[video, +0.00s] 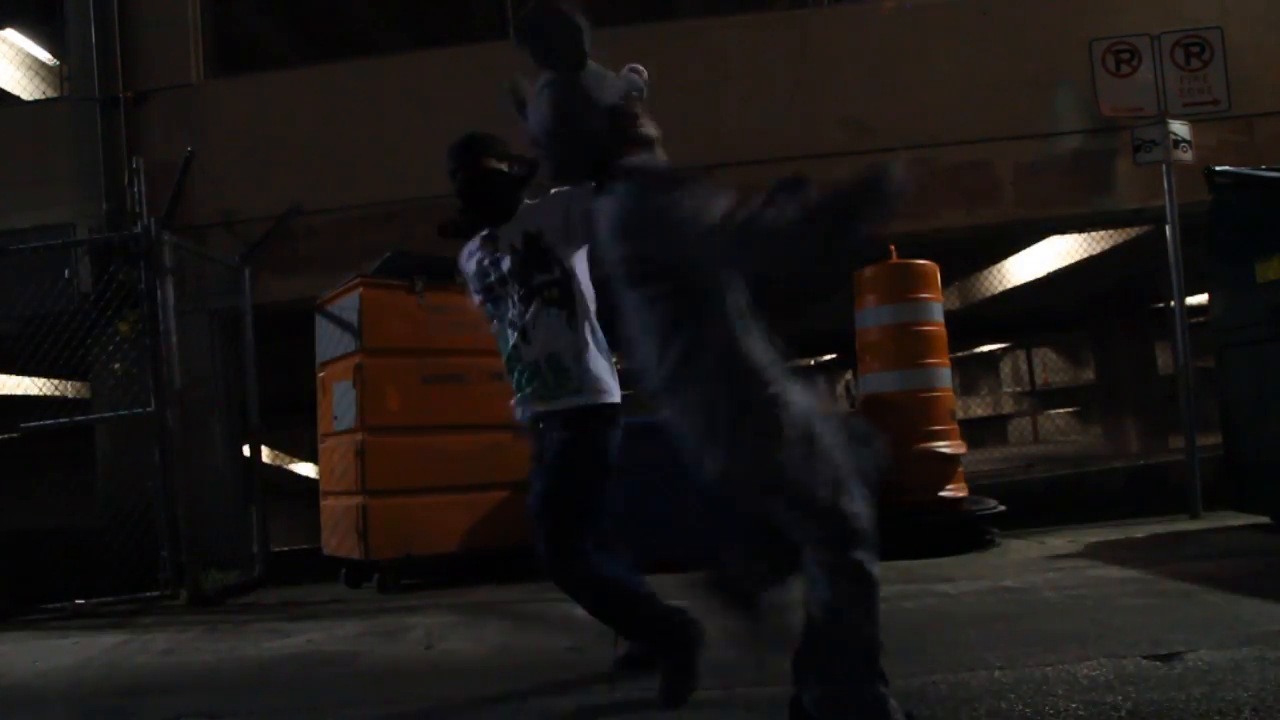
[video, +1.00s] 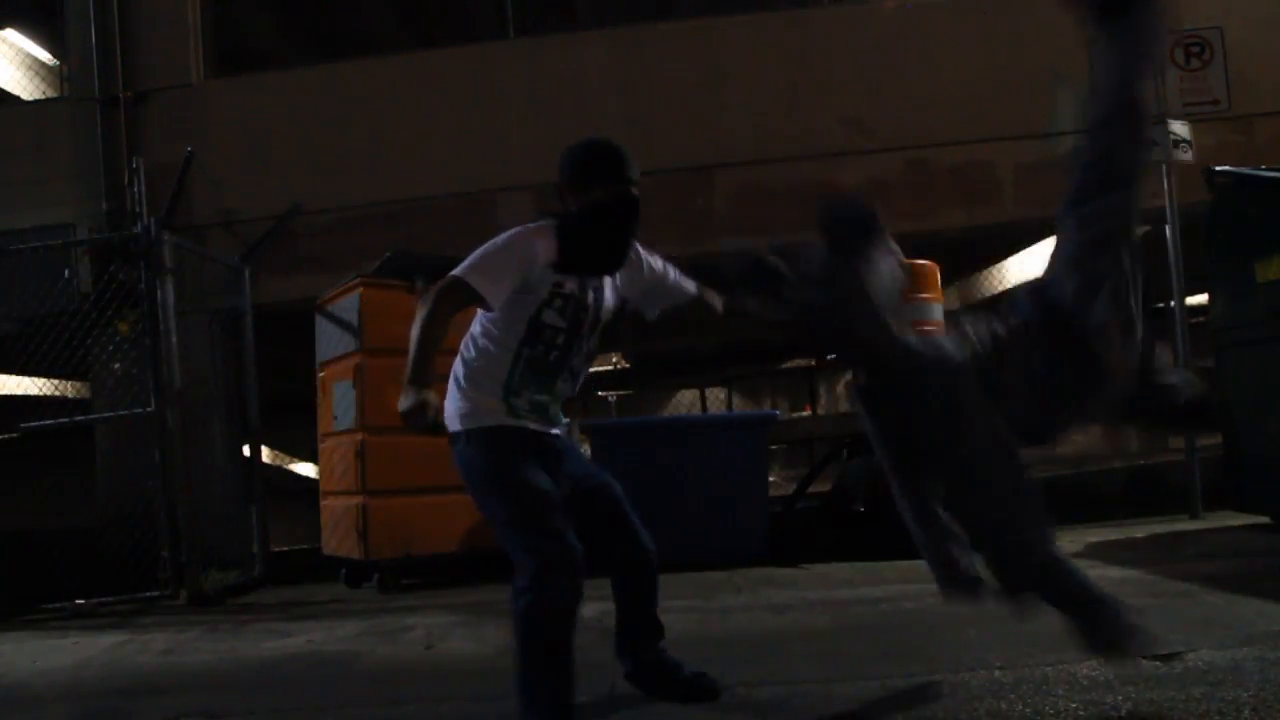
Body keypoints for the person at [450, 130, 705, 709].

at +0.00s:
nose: (471, 195)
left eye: (480, 182)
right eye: (465, 185)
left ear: (509, 178)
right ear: (461, 194)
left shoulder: (554, 218)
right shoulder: (473, 255)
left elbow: (607, 187)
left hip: (588, 404)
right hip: (541, 414)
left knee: (561, 543)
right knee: (569, 541)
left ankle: (668, 634)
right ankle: (644, 636)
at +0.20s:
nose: (474, 180)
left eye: (480, 167)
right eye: (462, 174)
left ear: (504, 174)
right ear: (449, 190)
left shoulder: (552, 214)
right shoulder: (445, 257)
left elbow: (631, 176)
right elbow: (414, 327)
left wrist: (666, 114)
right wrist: (377, 393)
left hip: (588, 414)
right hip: (519, 432)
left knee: (628, 539)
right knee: (543, 555)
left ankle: (675, 657)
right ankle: (585, 619)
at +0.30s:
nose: (482, 177)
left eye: (484, 165)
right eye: (467, 173)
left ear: (501, 173)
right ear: (447, 191)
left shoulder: (547, 212)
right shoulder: (436, 261)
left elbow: (622, 180)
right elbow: (378, 324)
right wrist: (322, 378)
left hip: (588, 416)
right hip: (519, 437)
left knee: (641, 536)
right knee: (541, 556)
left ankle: (668, 658)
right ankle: (561, 643)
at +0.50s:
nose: (494, 169)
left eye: (495, 156)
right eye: (475, 164)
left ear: (507, 158)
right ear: (454, 181)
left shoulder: (553, 203)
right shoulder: (441, 252)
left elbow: (631, 183)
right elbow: (362, 312)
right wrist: (291, 367)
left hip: (580, 413)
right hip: (510, 432)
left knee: (633, 536)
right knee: (524, 560)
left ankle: (668, 663)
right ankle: (500, 672)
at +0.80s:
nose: (573, 184)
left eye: (577, 171)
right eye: (557, 175)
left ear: (584, 174)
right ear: (529, 182)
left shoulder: (602, 225)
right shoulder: (498, 240)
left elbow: (666, 230)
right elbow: (415, 304)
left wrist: (690, 209)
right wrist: (368, 385)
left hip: (552, 413)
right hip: (487, 415)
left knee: (616, 541)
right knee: (526, 547)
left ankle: (656, 666)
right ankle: (471, 700)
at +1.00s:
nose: (622, 212)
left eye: (628, 200)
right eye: (608, 200)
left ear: (633, 202)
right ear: (573, 200)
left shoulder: (626, 259)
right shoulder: (528, 246)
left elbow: (702, 300)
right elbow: (440, 296)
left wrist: (707, 303)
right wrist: (413, 383)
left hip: (550, 433)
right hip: (488, 429)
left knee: (629, 549)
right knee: (550, 562)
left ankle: (645, 664)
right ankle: (544, 707)